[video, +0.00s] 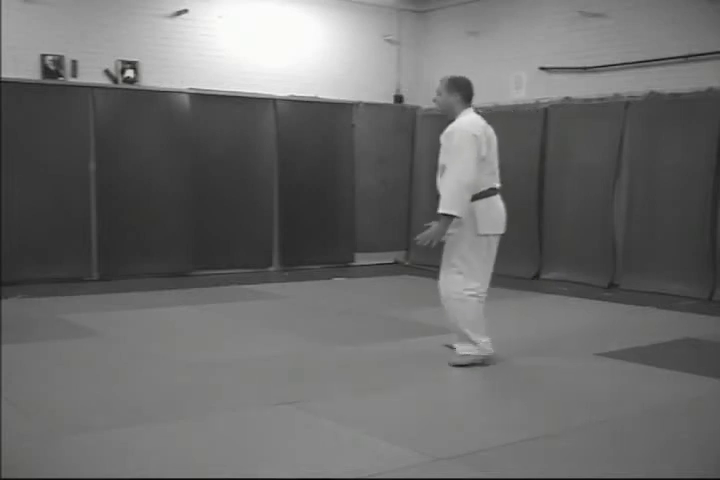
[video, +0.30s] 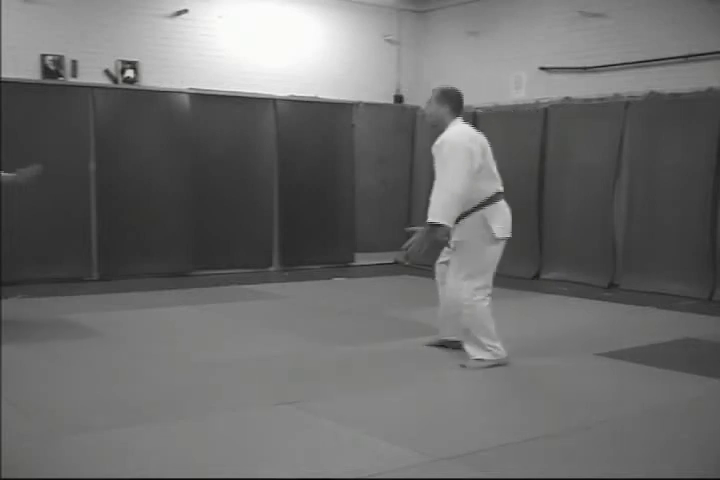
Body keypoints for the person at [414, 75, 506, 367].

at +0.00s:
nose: (435, 99)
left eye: (439, 94)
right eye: (436, 94)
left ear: (456, 97)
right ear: (464, 97)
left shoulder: (462, 130)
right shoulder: (480, 126)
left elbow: (460, 180)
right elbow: (477, 177)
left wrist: (441, 224)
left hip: (472, 213)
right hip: (487, 210)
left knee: (456, 279)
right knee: (472, 278)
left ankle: (476, 345)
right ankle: (469, 338)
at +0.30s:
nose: (424, 110)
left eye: (429, 104)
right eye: (426, 104)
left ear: (444, 109)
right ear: (451, 110)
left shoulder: (455, 140)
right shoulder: (463, 136)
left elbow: (450, 187)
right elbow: (452, 188)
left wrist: (432, 229)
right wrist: (436, 226)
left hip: (481, 221)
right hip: (473, 220)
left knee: (467, 283)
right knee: (446, 268)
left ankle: (489, 351)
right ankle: (453, 334)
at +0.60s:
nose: (410, 127)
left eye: (414, 121)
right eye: (412, 121)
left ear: (431, 125)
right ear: (434, 125)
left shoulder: (449, 153)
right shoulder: (447, 149)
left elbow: (448, 200)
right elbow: (447, 200)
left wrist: (434, 243)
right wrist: (437, 242)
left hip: (485, 228)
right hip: (470, 228)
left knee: (459, 291)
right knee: (441, 276)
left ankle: (488, 351)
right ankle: (445, 336)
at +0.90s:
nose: (419, 117)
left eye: (422, 111)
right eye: (419, 111)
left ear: (438, 113)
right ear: (443, 113)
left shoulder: (452, 141)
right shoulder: (466, 137)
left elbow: (453, 188)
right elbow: (462, 188)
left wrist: (443, 232)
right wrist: (448, 233)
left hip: (482, 219)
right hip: (474, 219)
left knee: (480, 292)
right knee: (450, 272)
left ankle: (512, 355)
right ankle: (450, 336)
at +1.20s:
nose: (424, 113)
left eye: (427, 107)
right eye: (425, 107)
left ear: (442, 108)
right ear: (452, 108)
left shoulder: (449, 140)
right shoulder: (470, 134)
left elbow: (455, 190)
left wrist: (437, 220)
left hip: (473, 218)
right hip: (482, 214)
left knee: (487, 286)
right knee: (453, 275)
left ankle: (508, 353)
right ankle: (452, 336)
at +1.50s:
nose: (387, 153)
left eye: (391, 147)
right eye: (389, 147)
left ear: (407, 147)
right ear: (415, 148)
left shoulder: (426, 173)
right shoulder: (443, 163)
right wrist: (448, 253)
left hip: (488, 230)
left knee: (443, 288)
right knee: (433, 276)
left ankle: (473, 353)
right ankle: (454, 335)